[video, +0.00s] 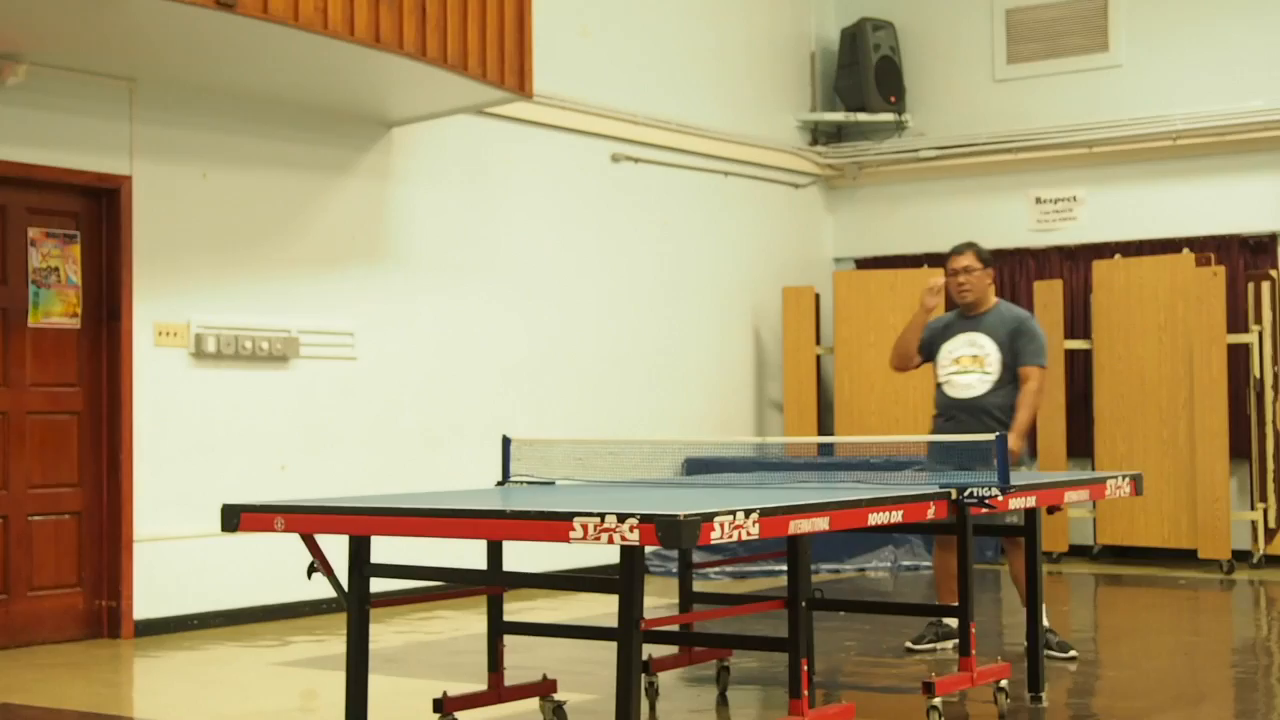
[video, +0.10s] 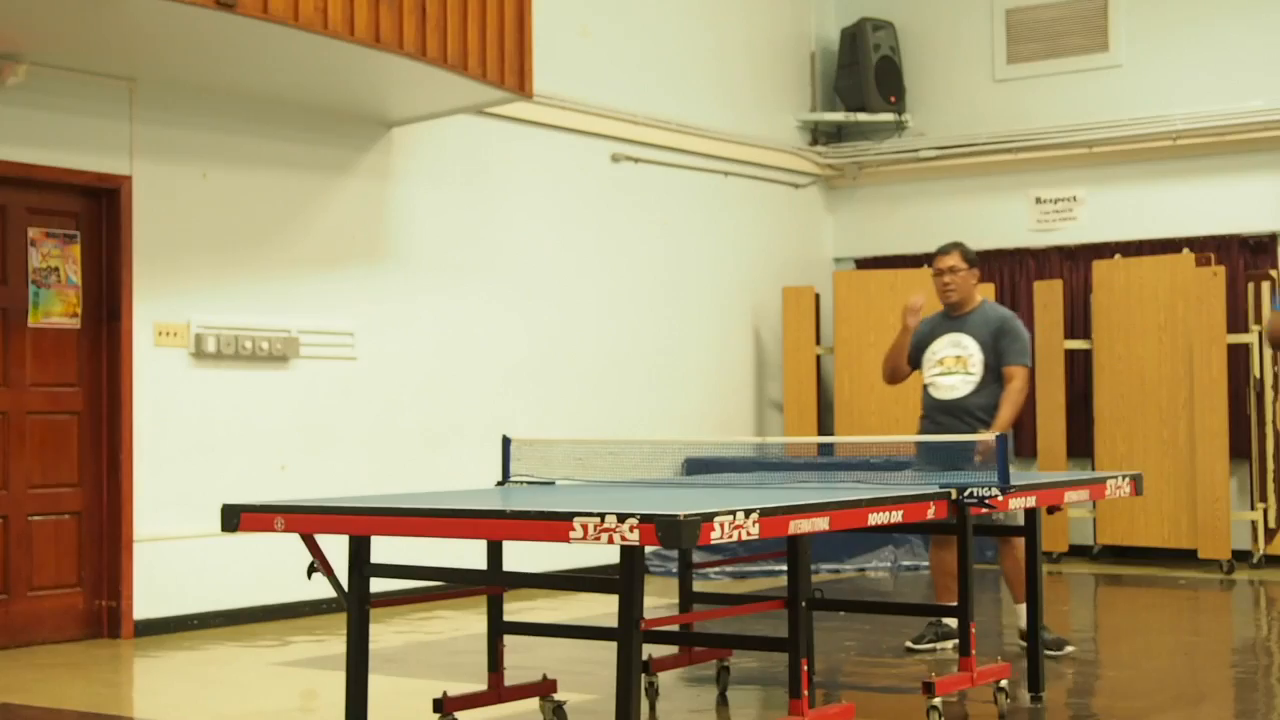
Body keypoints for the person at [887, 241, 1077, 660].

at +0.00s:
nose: (960, 280)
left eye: (968, 272)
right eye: (954, 274)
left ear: (989, 275)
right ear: (947, 282)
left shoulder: (1018, 323)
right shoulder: (941, 327)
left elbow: (1032, 383)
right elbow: (900, 362)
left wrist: (1016, 436)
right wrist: (924, 313)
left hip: (999, 447)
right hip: (947, 448)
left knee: (1017, 538)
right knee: (945, 535)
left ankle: (1038, 626)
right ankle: (948, 623)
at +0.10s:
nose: (945, 281)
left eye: (953, 272)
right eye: (938, 274)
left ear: (975, 275)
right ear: (933, 280)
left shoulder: (1003, 322)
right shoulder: (928, 328)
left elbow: (1017, 383)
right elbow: (892, 375)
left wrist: (994, 434)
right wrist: (907, 329)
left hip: (988, 448)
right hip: (937, 450)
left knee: (1011, 534)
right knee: (942, 534)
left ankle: (1029, 624)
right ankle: (948, 622)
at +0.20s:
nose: (934, 278)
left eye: (943, 269)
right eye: (928, 272)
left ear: (963, 274)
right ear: (921, 279)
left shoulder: (992, 320)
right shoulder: (915, 326)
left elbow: (1007, 380)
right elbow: (889, 385)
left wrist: (982, 429)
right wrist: (895, 355)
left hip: (978, 445)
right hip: (929, 447)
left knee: (994, 529)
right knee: (941, 529)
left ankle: (1007, 619)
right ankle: (947, 621)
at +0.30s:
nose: (926, 276)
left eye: (935, 269)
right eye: (920, 270)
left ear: (954, 274)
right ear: (913, 277)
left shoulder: (982, 318)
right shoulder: (906, 327)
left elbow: (1000, 376)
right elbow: (888, 375)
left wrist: (975, 427)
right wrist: (885, 384)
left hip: (972, 443)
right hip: (926, 445)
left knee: (977, 527)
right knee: (938, 530)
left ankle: (980, 619)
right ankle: (947, 617)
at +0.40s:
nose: (921, 276)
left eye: (929, 269)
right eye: (914, 270)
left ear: (948, 274)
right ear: (907, 277)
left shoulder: (975, 319)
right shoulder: (901, 328)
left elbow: (997, 375)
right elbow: (886, 378)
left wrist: (969, 426)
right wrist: (885, 405)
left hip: (962, 445)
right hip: (920, 447)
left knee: (955, 532)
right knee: (936, 532)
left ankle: (957, 623)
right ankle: (941, 617)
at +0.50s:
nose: (921, 276)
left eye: (929, 268)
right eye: (914, 269)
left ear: (947, 275)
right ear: (907, 277)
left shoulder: (974, 319)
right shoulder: (901, 326)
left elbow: (997, 378)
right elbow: (888, 379)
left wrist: (957, 418)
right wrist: (887, 411)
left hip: (957, 449)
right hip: (913, 451)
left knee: (950, 533)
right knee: (925, 533)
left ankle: (955, 623)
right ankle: (939, 616)